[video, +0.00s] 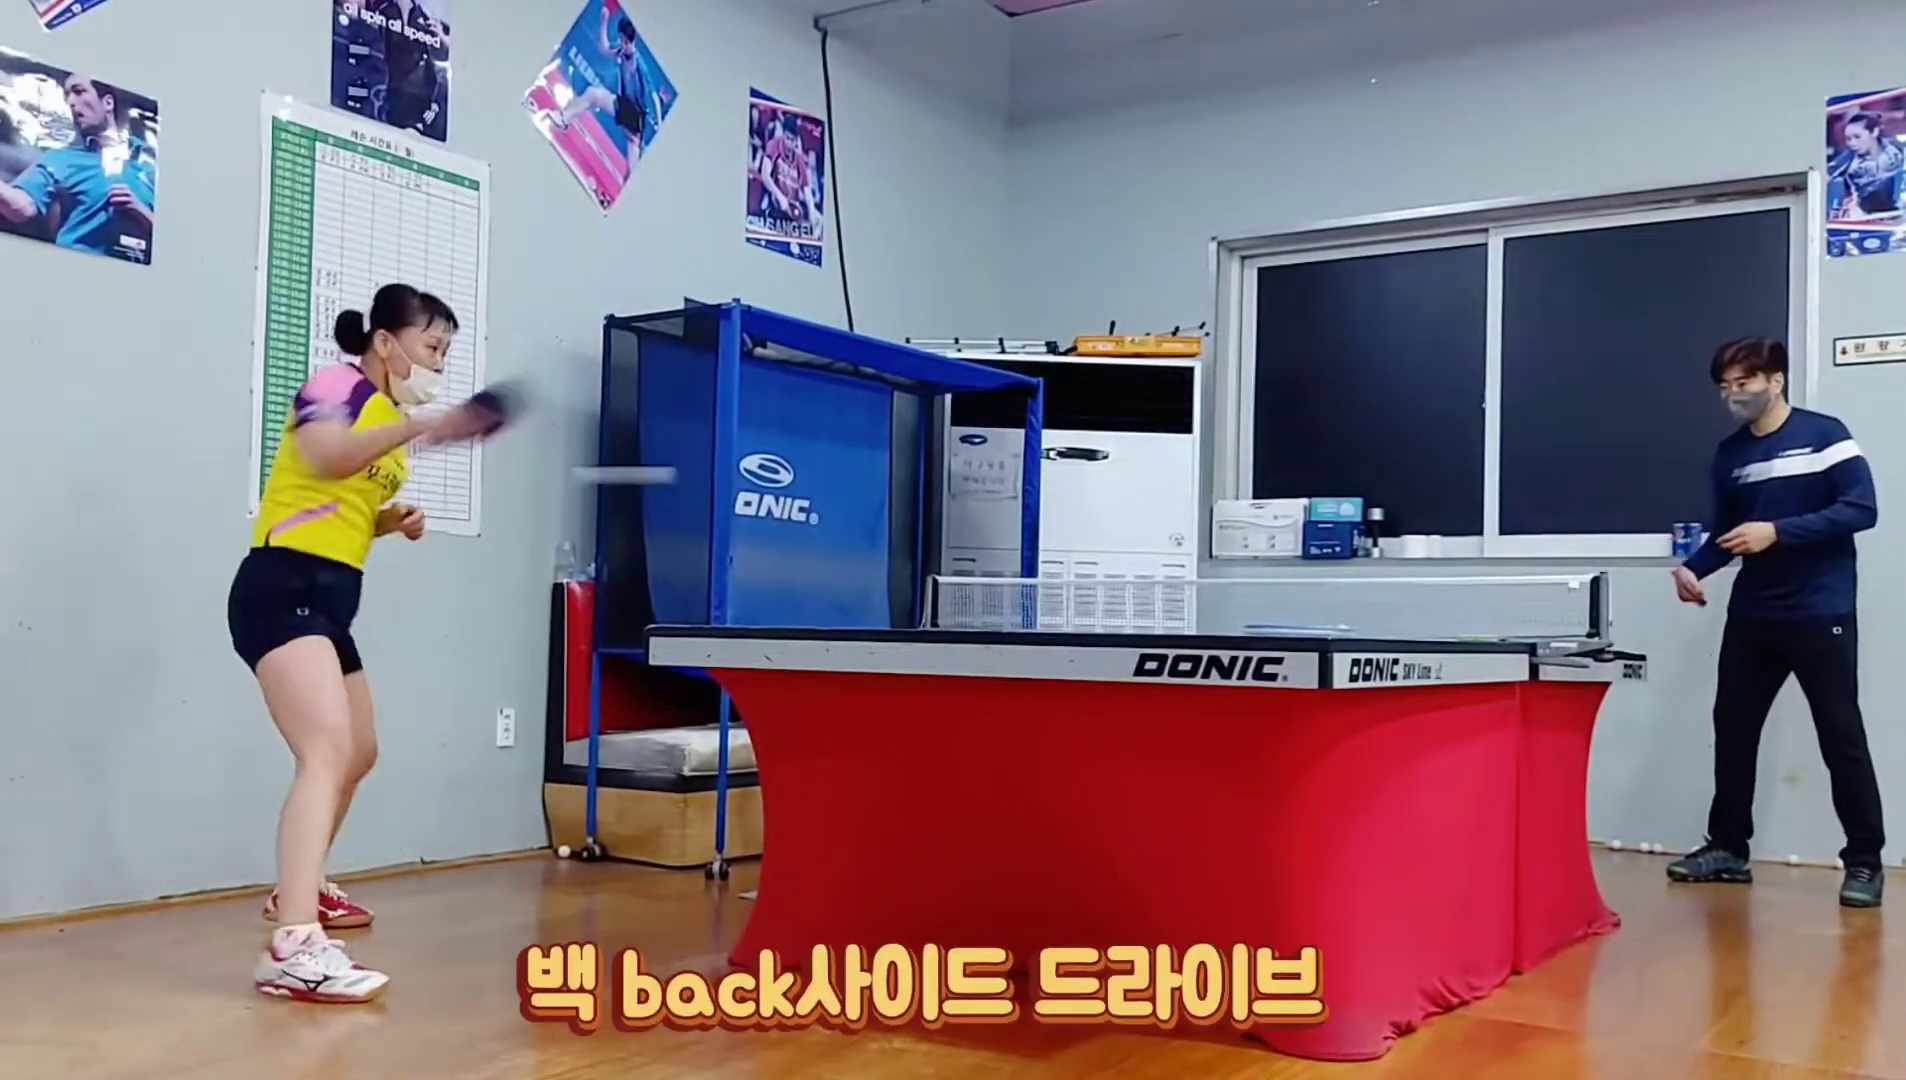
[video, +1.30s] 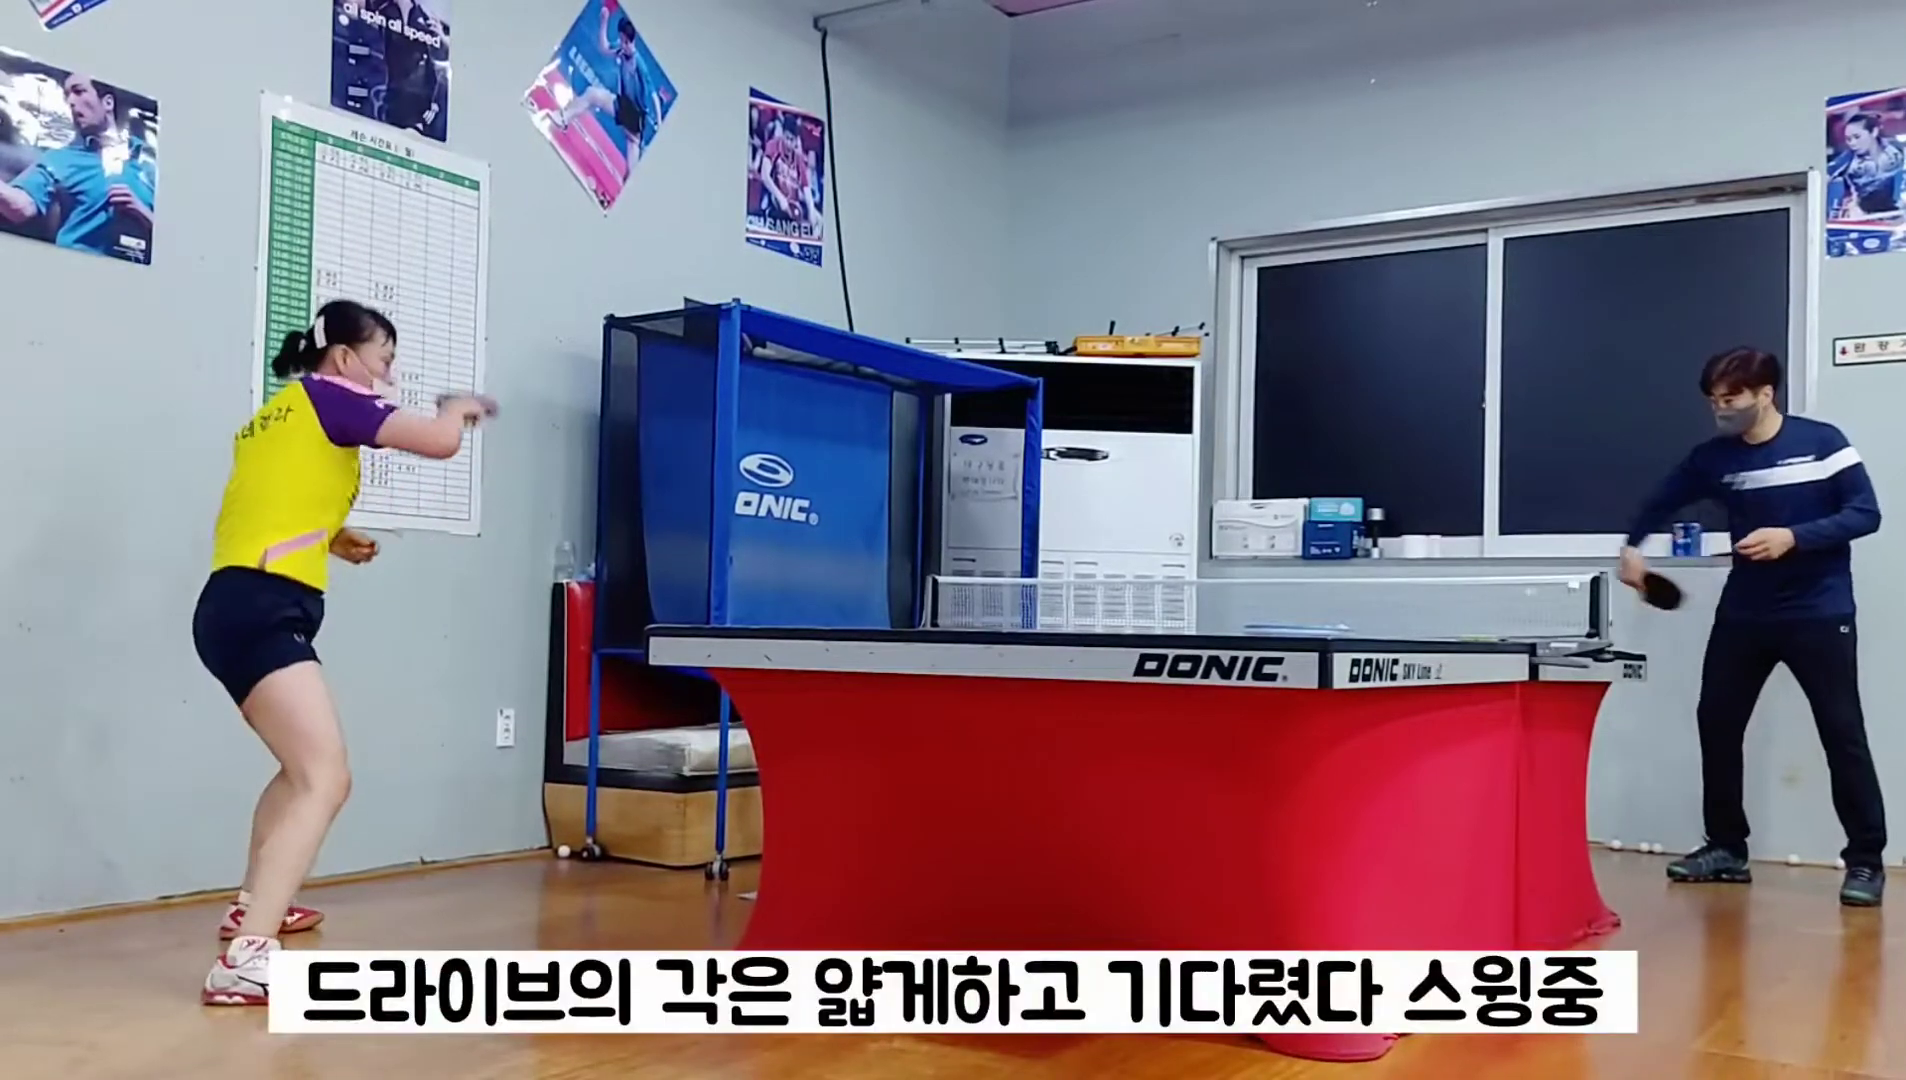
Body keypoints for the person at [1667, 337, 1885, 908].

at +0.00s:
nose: (1735, 390)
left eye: (1746, 379)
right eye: (1727, 384)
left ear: (1776, 380)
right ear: (1723, 392)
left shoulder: (1825, 433)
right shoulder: (1731, 452)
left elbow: (1861, 508)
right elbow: (1727, 532)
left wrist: (1776, 530)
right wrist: (1694, 565)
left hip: (1822, 617)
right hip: (1753, 618)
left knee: (1842, 740)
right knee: (1733, 731)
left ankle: (1864, 863)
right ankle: (1729, 849)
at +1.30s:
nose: (1721, 407)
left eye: (1732, 396)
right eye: (1715, 398)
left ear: (1766, 395)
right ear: (1711, 400)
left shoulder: (1823, 442)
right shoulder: (1713, 458)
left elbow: (1866, 513)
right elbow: (1663, 502)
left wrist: (1792, 536)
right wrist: (1631, 546)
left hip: (1819, 618)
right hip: (1744, 618)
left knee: (1843, 737)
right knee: (1717, 723)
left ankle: (1864, 863)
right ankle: (1726, 849)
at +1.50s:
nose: (1708, 398)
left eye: (1719, 387)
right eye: (1701, 390)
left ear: (1752, 387)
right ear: (1696, 395)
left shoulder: (1805, 440)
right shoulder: (1691, 451)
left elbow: (1847, 510)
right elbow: (1628, 468)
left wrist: (1780, 536)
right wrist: (1581, 483)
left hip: (1806, 618)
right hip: (1729, 619)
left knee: (1834, 734)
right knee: (1711, 727)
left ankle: (1863, 859)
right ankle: (1725, 849)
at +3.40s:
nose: (1723, 405)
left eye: (1734, 394)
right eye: (1716, 396)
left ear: (1766, 391)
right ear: (1710, 400)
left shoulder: (1819, 442)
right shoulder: (1706, 460)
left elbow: (1860, 513)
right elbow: (1665, 518)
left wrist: (1789, 531)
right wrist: (1634, 536)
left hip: (1809, 615)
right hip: (1734, 615)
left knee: (1838, 738)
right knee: (1710, 723)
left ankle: (1863, 863)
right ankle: (1725, 849)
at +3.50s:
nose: (1724, 399)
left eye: (1734, 388)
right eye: (1716, 392)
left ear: (1766, 387)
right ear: (1710, 397)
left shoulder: (1819, 440)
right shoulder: (1705, 457)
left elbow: (1858, 512)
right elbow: (1661, 515)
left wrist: (1787, 531)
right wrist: (1626, 527)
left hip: (1808, 616)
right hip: (1733, 616)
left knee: (1837, 738)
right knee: (1713, 727)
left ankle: (1864, 863)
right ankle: (1725, 850)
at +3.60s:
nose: (1725, 395)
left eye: (1737, 385)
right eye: (1718, 388)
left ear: (1768, 386)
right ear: (1712, 396)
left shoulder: (1819, 441)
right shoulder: (1706, 457)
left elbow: (1856, 513)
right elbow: (1672, 520)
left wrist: (1782, 532)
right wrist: (1641, 533)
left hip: (1808, 615)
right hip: (1732, 615)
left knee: (1836, 737)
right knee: (1712, 726)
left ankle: (1863, 862)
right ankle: (1726, 848)